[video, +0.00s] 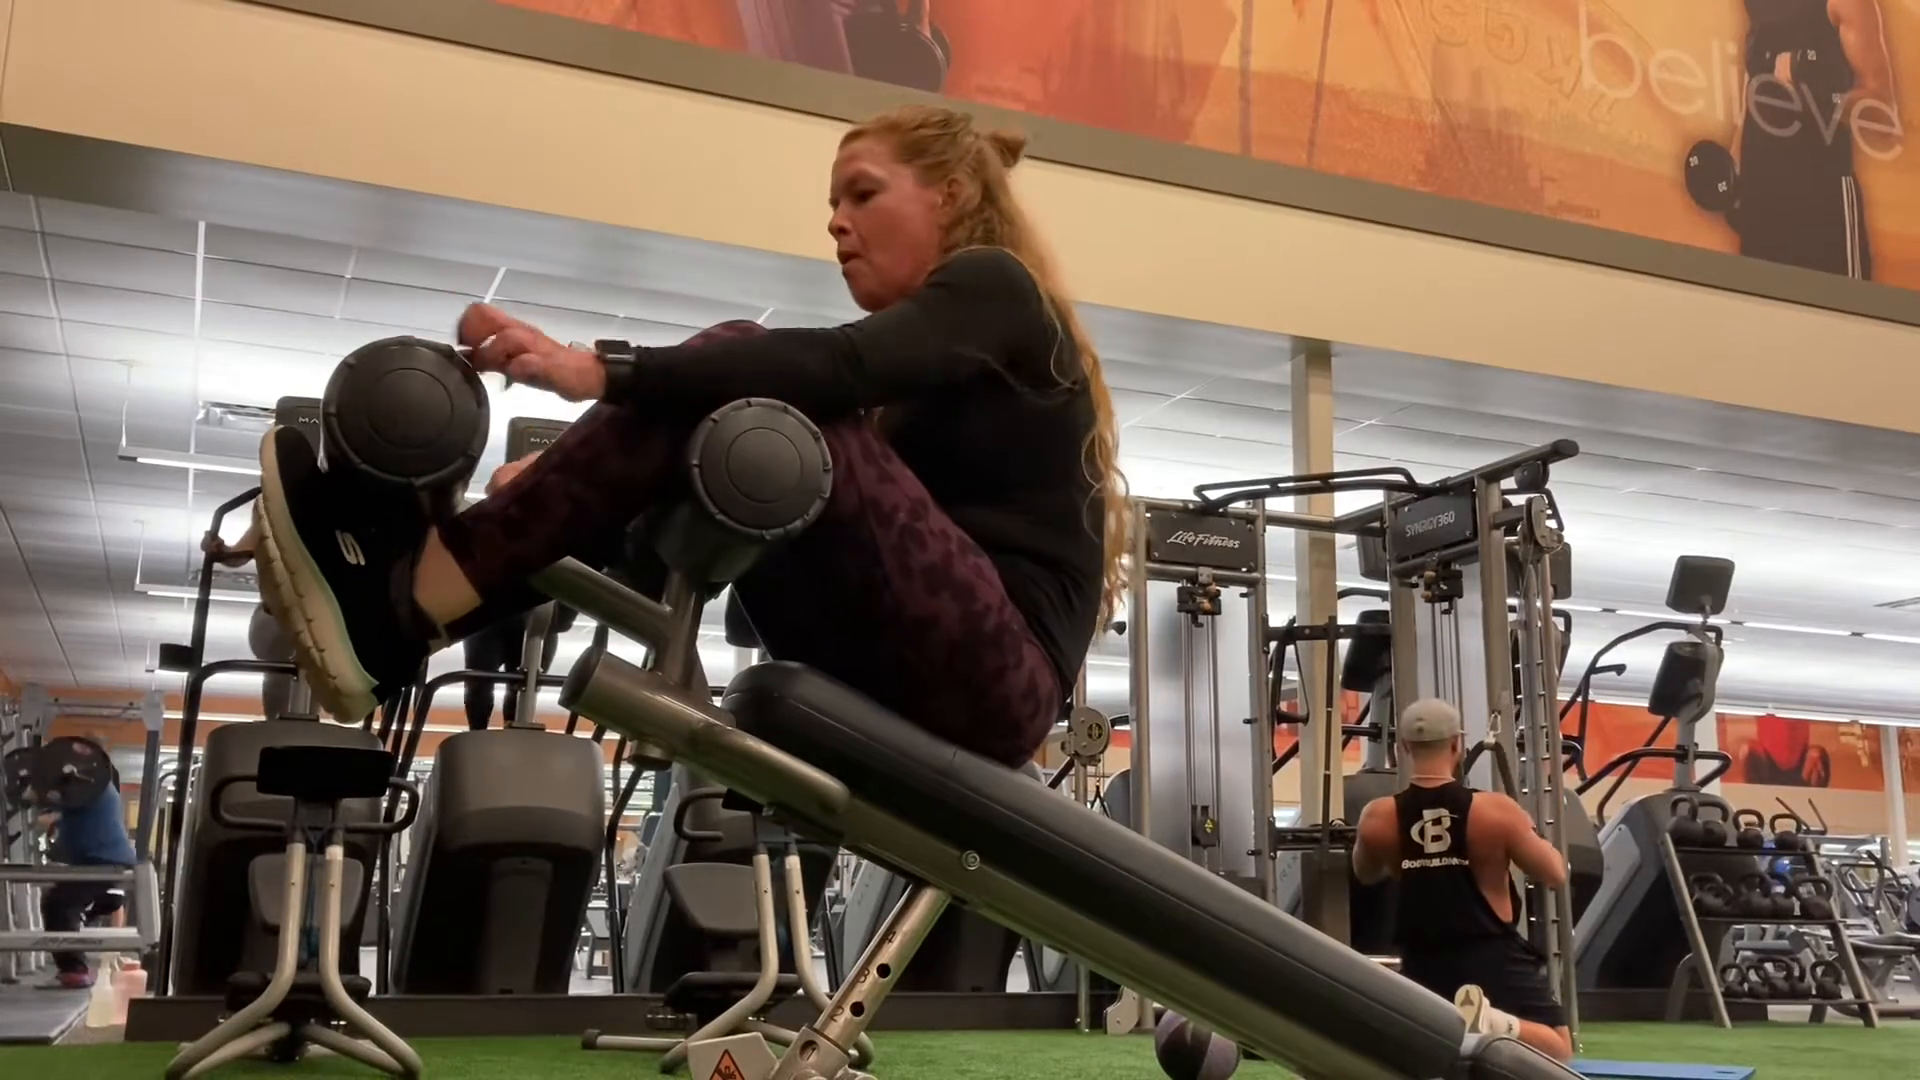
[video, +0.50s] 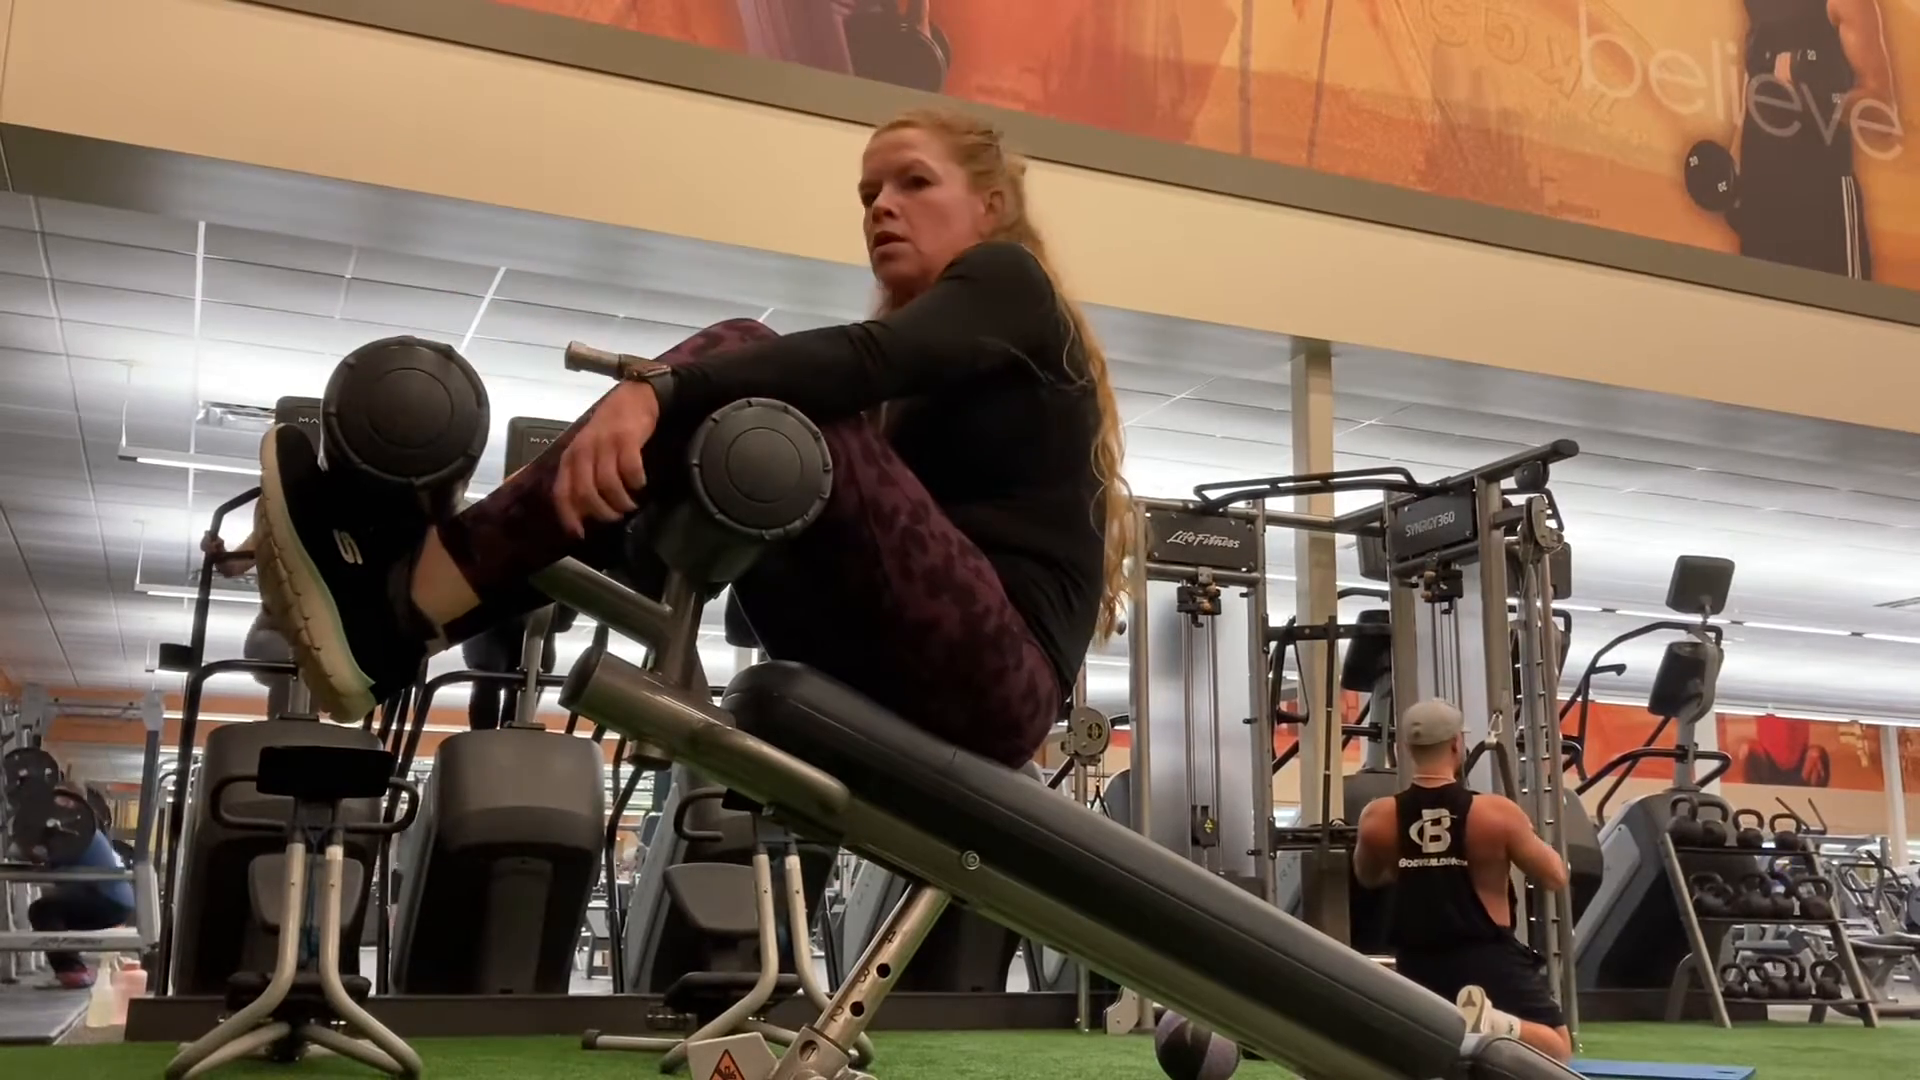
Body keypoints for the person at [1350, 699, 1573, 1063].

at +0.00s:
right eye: (1461, 740)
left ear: (1401, 750)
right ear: (1456, 745)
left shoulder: (1378, 817)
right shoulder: (1496, 811)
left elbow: (1365, 872)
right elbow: (1555, 874)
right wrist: (1528, 834)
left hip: (1421, 969)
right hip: (1495, 965)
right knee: (1561, 1049)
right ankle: (1493, 1021)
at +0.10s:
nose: (1463, 748)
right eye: (1462, 741)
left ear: (1403, 748)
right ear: (1457, 746)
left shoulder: (1378, 818)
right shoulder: (1497, 814)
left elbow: (1363, 877)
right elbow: (1554, 882)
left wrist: (1401, 848)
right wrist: (1543, 853)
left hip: (1420, 969)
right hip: (1494, 966)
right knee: (1561, 1049)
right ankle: (1493, 1021)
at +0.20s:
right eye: (1463, 745)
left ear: (1405, 749)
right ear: (1459, 748)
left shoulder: (1377, 819)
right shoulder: (1497, 816)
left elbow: (1361, 886)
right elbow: (1553, 889)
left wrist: (1403, 865)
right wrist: (1543, 860)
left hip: (1419, 970)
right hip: (1492, 968)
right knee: (1561, 1047)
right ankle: (1494, 1021)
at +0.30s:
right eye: (1464, 745)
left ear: (1406, 749)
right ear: (1459, 749)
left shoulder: (1377, 820)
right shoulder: (1496, 818)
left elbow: (1363, 886)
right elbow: (1552, 889)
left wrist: (1404, 864)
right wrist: (1540, 859)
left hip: (1417, 971)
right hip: (1491, 968)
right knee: (1561, 1048)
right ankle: (1494, 1022)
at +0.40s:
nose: (1465, 750)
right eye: (1463, 743)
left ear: (1405, 751)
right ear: (1457, 748)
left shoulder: (1377, 819)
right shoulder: (1496, 817)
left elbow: (1367, 881)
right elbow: (1555, 884)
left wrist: (1412, 861)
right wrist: (1535, 851)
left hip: (1416, 971)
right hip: (1491, 968)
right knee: (1561, 1049)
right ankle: (1493, 1022)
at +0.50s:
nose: (1464, 745)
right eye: (1462, 739)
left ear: (1406, 749)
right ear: (1456, 745)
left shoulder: (1378, 817)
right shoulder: (1497, 814)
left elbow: (1368, 875)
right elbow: (1555, 877)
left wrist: (1412, 853)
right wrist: (1530, 842)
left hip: (1416, 968)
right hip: (1490, 966)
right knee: (1561, 1049)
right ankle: (1493, 1022)